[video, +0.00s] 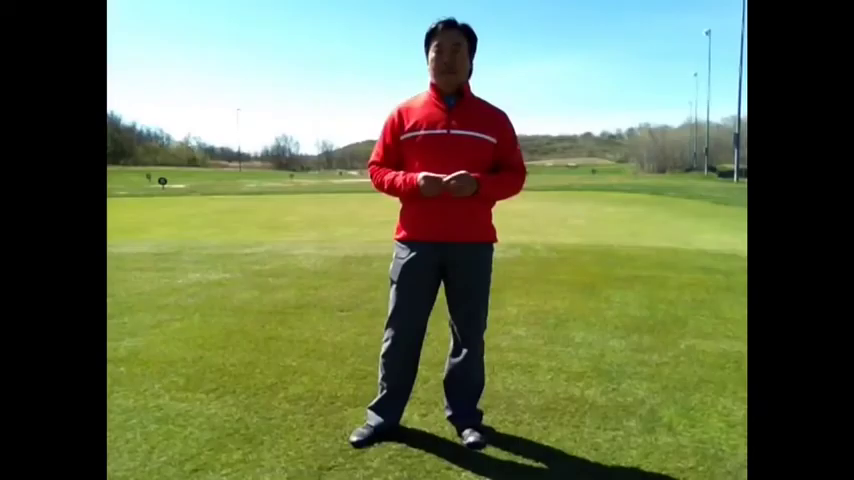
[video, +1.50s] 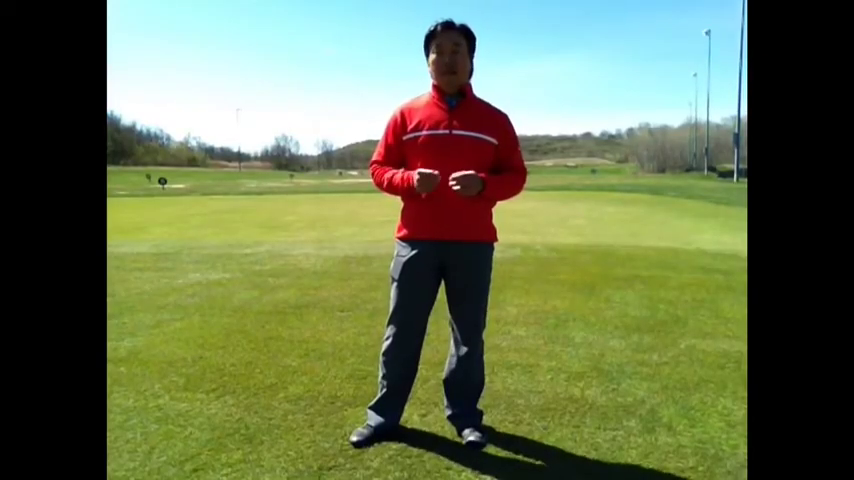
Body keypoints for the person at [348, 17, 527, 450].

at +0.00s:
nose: (445, 56)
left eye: (455, 49)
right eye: (438, 48)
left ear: (471, 59)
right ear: (426, 58)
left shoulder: (494, 119)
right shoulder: (403, 116)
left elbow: (515, 176)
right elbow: (378, 172)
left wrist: (480, 184)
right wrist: (414, 182)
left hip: (472, 245)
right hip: (415, 243)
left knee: (469, 337)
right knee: (400, 333)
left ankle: (467, 419)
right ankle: (383, 417)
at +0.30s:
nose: (446, 56)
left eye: (456, 49)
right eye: (438, 48)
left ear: (471, 58)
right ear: (427, 58)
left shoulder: (494, 119)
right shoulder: (403, 115)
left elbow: (516, 176)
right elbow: (378, 171)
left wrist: (480, 184)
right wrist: (415, 182)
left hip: (472, 245)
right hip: (416, 243)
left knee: (470, 337)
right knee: (400, 333)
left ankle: (467, 419)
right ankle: (383, 417)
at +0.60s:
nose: (446, 57)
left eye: (456, 50)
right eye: (439, 49)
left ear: (472, 59)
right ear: (427, 58)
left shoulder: (494, 120)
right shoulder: (403, 116)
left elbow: (516, 177)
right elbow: (378, 171)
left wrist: (480, 185)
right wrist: (414, 182)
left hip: (472, 245)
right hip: (415, 243)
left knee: (469, 337)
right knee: (400, 333)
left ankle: (467, 419)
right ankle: (383, 417)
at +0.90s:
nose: (447, 57)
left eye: (457, 49)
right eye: (439, 49)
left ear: (472, 59)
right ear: (427, 59)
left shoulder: (495, 120)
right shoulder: (404, 116)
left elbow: (516, 176)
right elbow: (379, 171)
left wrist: (480, 185)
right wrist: (415, 181)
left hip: (472, 245)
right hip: (415, 243)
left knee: (469, 337)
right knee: (400, 332)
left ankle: (467, 419)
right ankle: (383, 417)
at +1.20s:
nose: (447, 58)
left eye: (457, 50)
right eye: (439, 50)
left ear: (472, 60)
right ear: (428, 60)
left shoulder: (495, 120)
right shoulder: (404, 116)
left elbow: (515, 177)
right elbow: (379, 171)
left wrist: (480, 184)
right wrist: (414, 182)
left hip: (472, 245)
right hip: (415, 242)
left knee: (469, 336)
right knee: (400, 332)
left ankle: (467, 419)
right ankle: (383, 417)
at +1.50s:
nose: (448, 58)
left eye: (457, 50)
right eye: (439, 51)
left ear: (472, 59)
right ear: (427, 61)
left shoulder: (495, 121)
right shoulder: (405, 116)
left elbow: (516, 176)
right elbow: (379, 170)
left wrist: (485, 184)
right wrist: (408, 179)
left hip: (472, 245)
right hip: (416, 242)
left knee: (469, 336)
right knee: (400, 332)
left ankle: (467, 418)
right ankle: (383, 417)